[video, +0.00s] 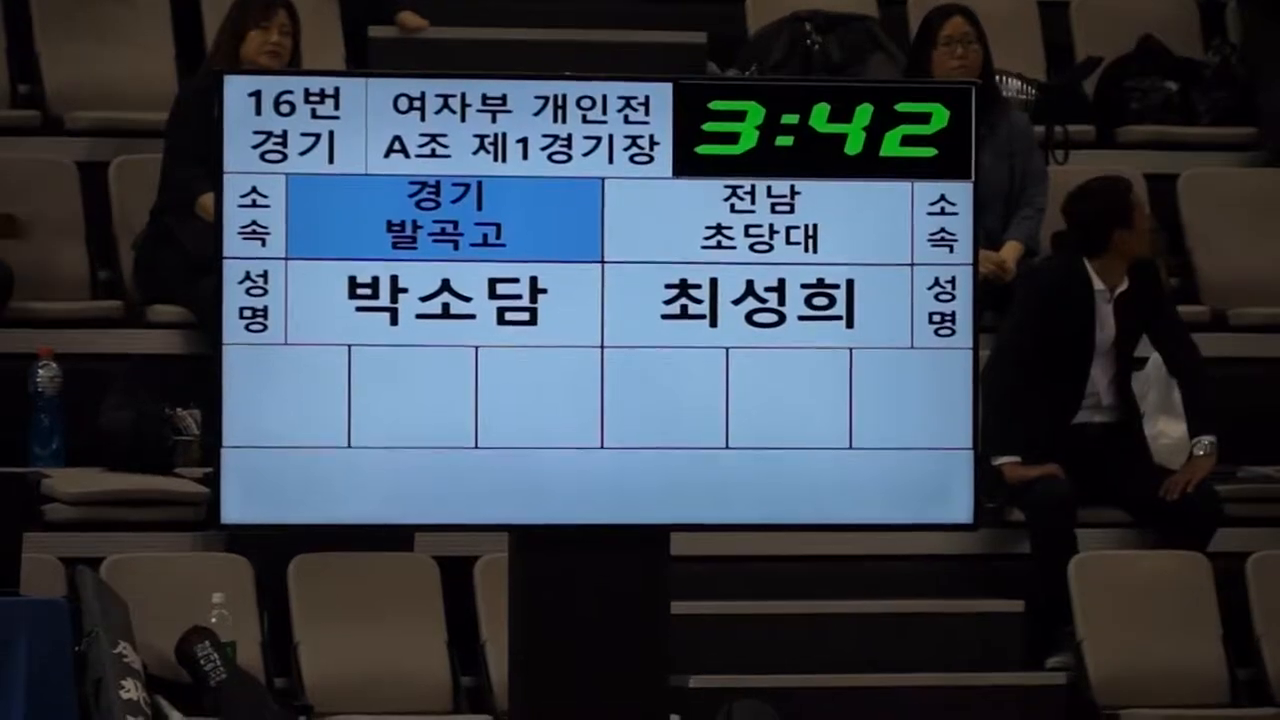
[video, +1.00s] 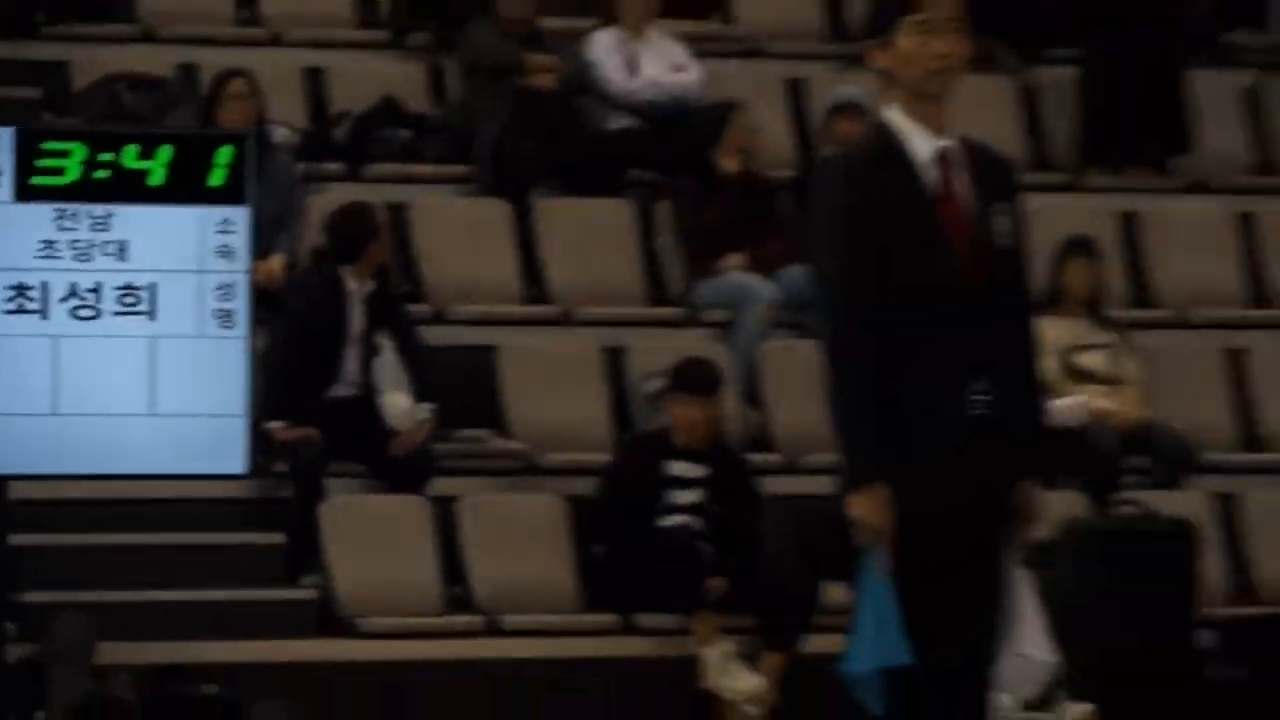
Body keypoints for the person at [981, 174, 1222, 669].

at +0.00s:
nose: (1150, 226)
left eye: (1146, 217)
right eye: (1140, 219)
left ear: (1118, 234)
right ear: (1115, 233)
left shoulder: (1141, 282)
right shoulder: (1045, 283)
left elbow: (1186, 361)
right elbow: (1003, 372)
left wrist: (1203, 446)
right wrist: (1008, 462)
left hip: (1114, 445)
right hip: (1044, 448)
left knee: (1193, 508)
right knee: (1052, 502)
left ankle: (1158, 638)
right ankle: (1054, 642)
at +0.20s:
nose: (1108, 232)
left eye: (1105, 222)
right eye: (1100, 223)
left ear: (1081, 232)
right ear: (1078, 230)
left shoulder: (1103, 279)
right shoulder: (1008, 277)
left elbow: (1148, 358)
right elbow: (973, 363)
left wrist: (1162, 441)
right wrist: (968, 450)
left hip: (1077, 437)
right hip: (1009, 438)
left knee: (1143, 504)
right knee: (1009, 500)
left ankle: (1122, 631)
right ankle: (1007, 633)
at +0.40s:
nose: (903, 222)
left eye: (900, 212)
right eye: (894, 213)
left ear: (876, 223)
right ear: (870, 222)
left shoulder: (897, 272)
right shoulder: (802, 271)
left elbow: (940, 350)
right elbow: (765, 357)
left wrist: (955, 431)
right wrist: (762, 443)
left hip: (873, 428)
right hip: (804, 429)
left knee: (938, 497)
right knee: (804, 492)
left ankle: (928, 627)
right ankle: (803, 625)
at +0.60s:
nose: (740, 225)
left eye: (736, 215)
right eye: (732, 216)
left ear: (712, 229)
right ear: (710, 228)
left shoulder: (733, 280)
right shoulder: (642, 276)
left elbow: (773, 355)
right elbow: (606, 357)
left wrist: (784, 428)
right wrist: (603, 438)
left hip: (709, 425)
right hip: (644, 424)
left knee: (766, 489)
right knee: (643, 489)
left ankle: (761, 613)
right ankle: (640, 614)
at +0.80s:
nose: (561, 234)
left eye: (559, 224)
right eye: (554, 225)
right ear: (535, 234)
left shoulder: (556, 285)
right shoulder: (474, 281)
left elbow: (589, 354)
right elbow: (445, 354)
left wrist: (602, 420)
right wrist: (439, 428)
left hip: (536, 416)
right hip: (477, 417)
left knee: (585, 476)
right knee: (471, 478)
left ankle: (575, 589)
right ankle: (470, 589)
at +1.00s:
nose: (385, 248)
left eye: (383, 239)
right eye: (378, 239)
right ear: (362, 245)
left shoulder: (382, 293)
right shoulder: (311, 287)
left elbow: (411, 352)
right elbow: (283, 353)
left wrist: (425, 411)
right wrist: (278, 420)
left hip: (363, 410)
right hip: (311, 409)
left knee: (409, 464)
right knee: (306, 463)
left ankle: (402, 566)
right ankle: (304, 563)